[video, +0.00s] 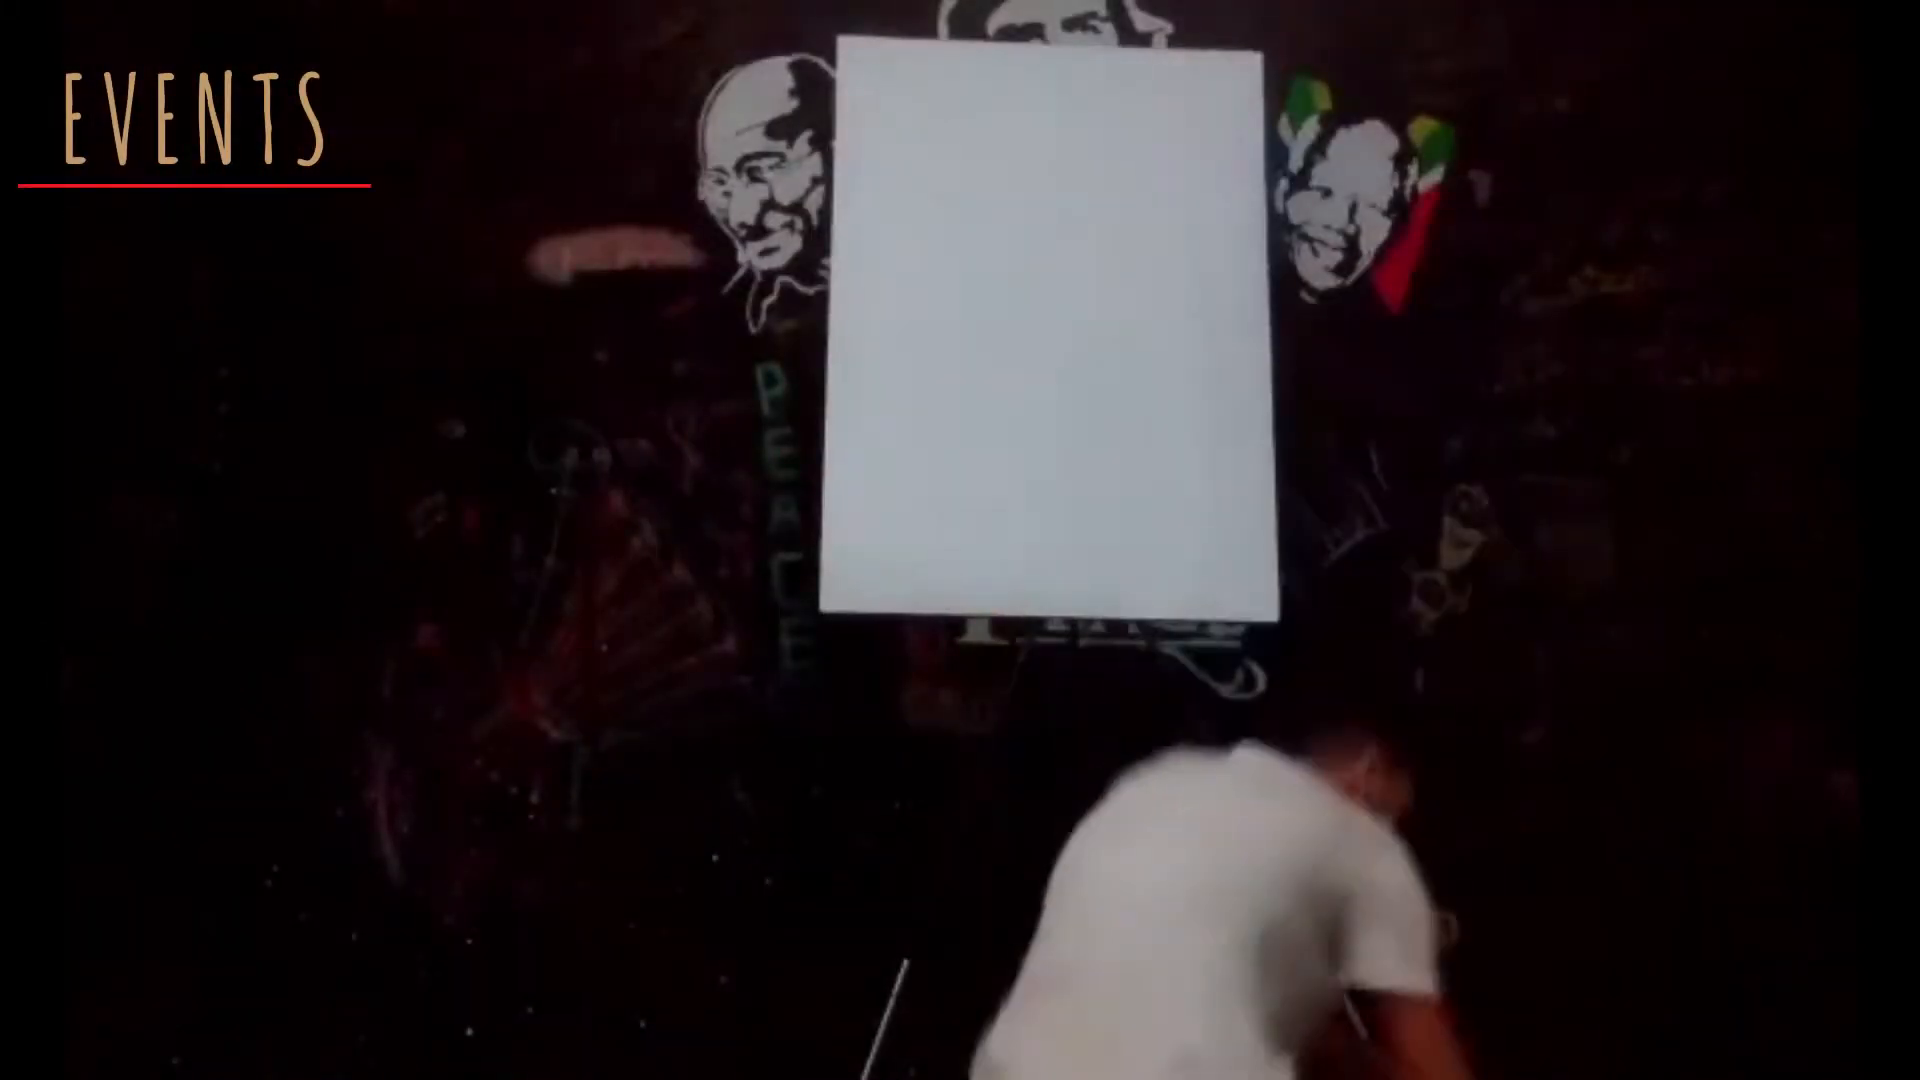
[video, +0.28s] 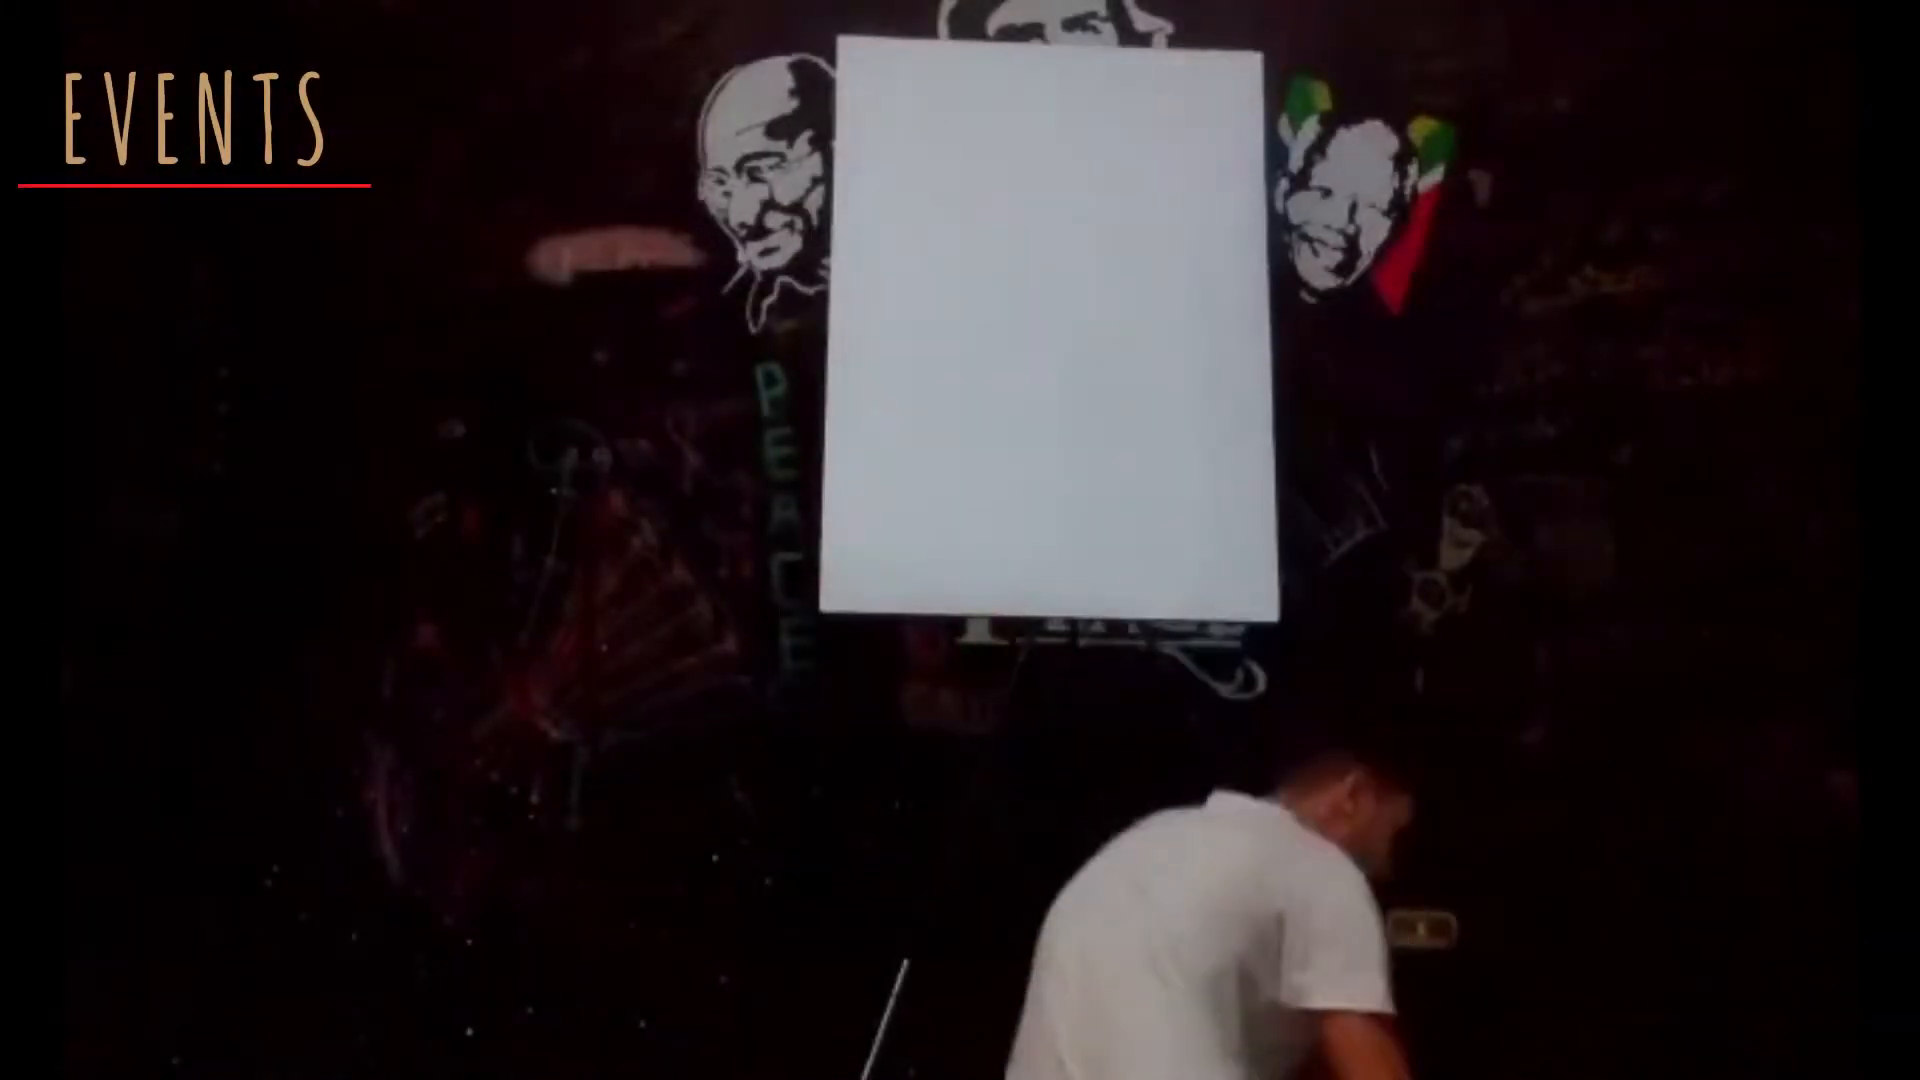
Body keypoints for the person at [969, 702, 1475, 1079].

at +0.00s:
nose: (1389, 832)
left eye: (1397, 820)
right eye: (1393, 815)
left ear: (1284, 747)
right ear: (1368, 776)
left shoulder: (1143, 783)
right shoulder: (1361, 845)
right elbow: (1426, 1061)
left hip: (1014, 1060)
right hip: (1201, 1059)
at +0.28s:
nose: (1385, 857)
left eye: (1397, 834)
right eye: (1393, 828)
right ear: (1352, 798)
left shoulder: (1159, 832)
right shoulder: (1316, 872)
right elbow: (1364, 1057)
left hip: (1040, 1062)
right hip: (1165, 1058)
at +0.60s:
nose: (1381, 879)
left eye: (1391, 857)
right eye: (1388, 851)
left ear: (1289, 798)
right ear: (1351, 812)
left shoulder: (1161, 837)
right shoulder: (1328, 885)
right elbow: (1360, 1064)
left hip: (1050, 1063)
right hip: (1176, 1059)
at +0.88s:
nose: (1401, 874)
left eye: (1410, 859)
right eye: (1407, 852)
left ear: (1306, 801)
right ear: (1379, 812)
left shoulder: (1174, 832)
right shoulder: (1367, 888)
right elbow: (1387, 1066)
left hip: (1068, 1064)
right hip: (1218, 1061)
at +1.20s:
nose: (1440, 870)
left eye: (1451, 858)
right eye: (1448, 852)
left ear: (1348, 795)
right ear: (1421, 815)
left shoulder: (1203, 825)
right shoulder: (1418, 902)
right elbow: (1442, 1066)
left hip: (1102, 1068)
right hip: (1273, 1063)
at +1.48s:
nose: (1473, 867)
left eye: (1479, 855)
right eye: (1475, 850)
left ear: (1359, 791)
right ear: (1453, 817)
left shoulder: (1229, 830)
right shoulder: (1472, 912)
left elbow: (1161, 999)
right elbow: (1510, 1067)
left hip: (1152, 1068)